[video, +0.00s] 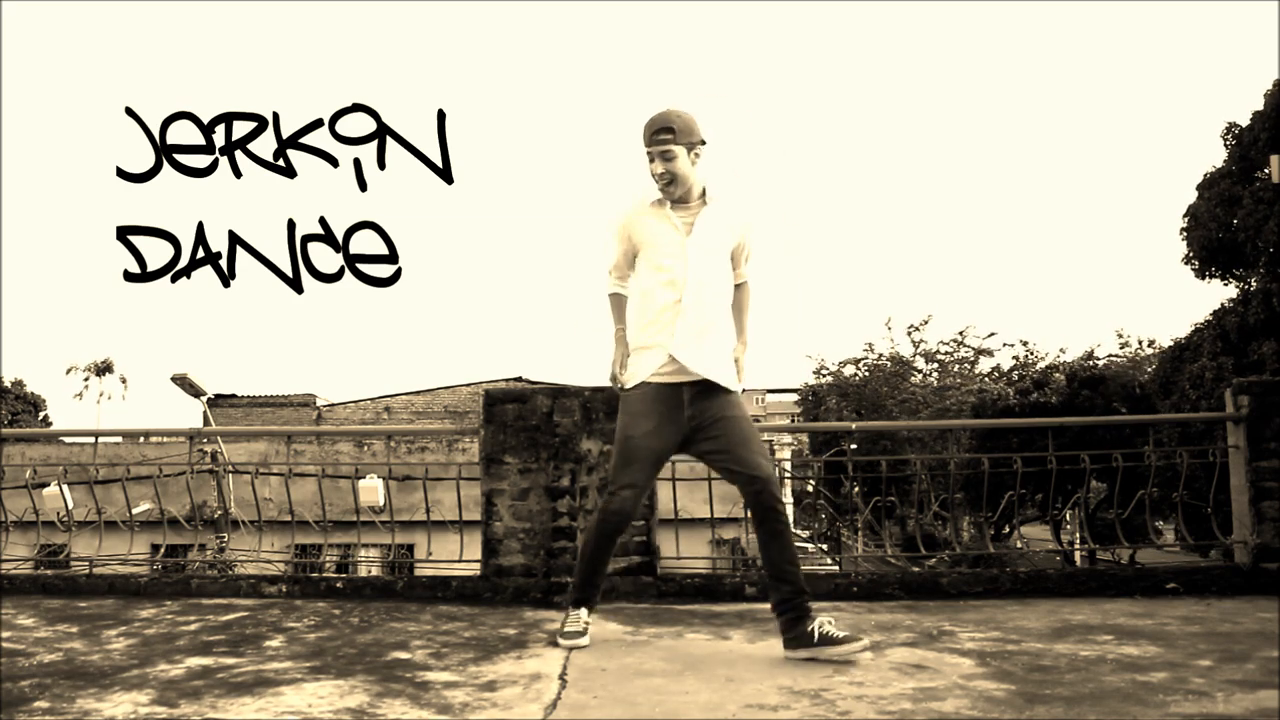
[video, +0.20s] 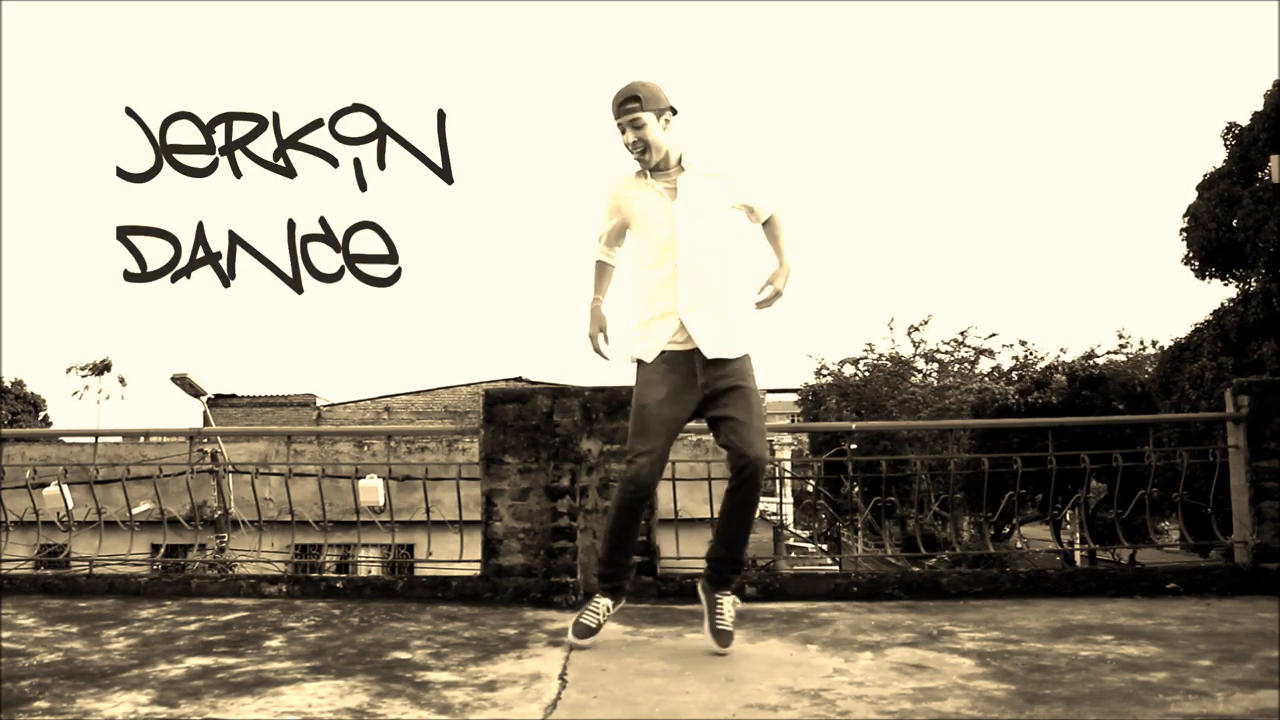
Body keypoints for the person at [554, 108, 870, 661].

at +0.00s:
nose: (658, 167)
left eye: (666, 155)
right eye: (651, 158)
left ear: (697, 154)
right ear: (647, 161)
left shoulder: (730, 218)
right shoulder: (636, 220)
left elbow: (742, 287)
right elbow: (618, 284)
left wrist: (741, 347)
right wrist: (621, 346)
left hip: (715, 387)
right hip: (648, 386)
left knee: (764, 489)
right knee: (621, 501)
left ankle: (797, 624)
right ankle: (578, 609)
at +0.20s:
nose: (632, 139)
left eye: (638, 126)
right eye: (624, 132)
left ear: (667, 120)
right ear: (622, 136)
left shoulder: (719, 181)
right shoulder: (626, 194)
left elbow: (767, 215)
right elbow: (605, 254)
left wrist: (782, 267)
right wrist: (597, 306)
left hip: (728, 351)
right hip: (662, 356)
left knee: (753, 464)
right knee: (641, 472)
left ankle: (720, 584)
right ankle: (606, 593)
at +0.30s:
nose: (635, 131)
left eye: (641, 117)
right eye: (627, 123)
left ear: (671, 112)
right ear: (625, 129)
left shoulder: (728, 172)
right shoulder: (636, 189)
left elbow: (801, 191)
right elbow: (617, 248)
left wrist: (818, 235)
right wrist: (582, 295)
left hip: (733, 340)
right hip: (671, 343)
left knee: (738, 467)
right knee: (672, 467)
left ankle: (692, 584)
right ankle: (656, 594)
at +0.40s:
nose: (644, 139)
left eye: (651, 125)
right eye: (637, 131)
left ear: (681, 117)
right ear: (637, 136)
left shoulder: (740, 179)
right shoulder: (650, 193)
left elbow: (821, 197)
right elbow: (629, 255)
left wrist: (823, 228)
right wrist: (568, 286)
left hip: (737, 343)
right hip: (679, 343)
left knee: (732, 477)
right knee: (714, 467)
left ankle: (654, 590)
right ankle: (708, 608)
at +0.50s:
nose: (669, 149)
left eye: (677, 136)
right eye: (662, 140)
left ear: (708, 132)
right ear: (660, 146)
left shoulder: (755, 194)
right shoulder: (670, 207)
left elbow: (825, 223)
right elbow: (639, 263)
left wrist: (801, 225)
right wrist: (572, 257)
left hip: (751, 364)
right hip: (696, 364)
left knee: (764, 494)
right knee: (738, 483)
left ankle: (664, 585)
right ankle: (743, 627)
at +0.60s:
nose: (688, 140)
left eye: (696, 129)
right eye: (681, 132)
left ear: (727, 127)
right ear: (678, 136)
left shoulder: (768, 192)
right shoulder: (679, 199)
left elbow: (839, 239)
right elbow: (647, 256)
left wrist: (812, 239)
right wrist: (576, 238)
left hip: (759, 354)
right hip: (697, 358)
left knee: (791, 479)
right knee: (722, 484)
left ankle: (729, 575)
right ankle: (739, 622)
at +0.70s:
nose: (719, 139)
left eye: (728, 128)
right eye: (712, 130)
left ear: (756, 130)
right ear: (706, 136)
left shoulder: (790, 201)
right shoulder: (696, 194)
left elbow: (846, 257)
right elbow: (645, 241)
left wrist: (856, 276)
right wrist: (581, 209)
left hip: (772, 369)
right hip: (707, 370)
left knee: (791, 494)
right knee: (688, 479)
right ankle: (722, 619)